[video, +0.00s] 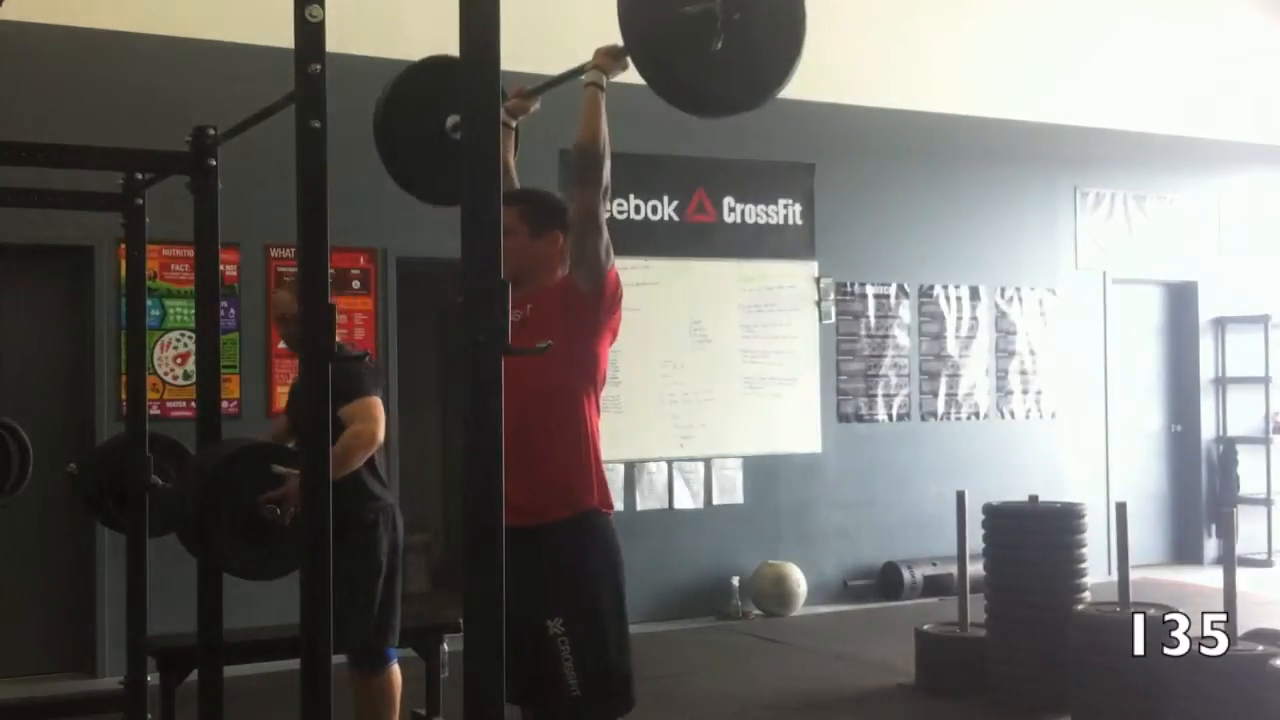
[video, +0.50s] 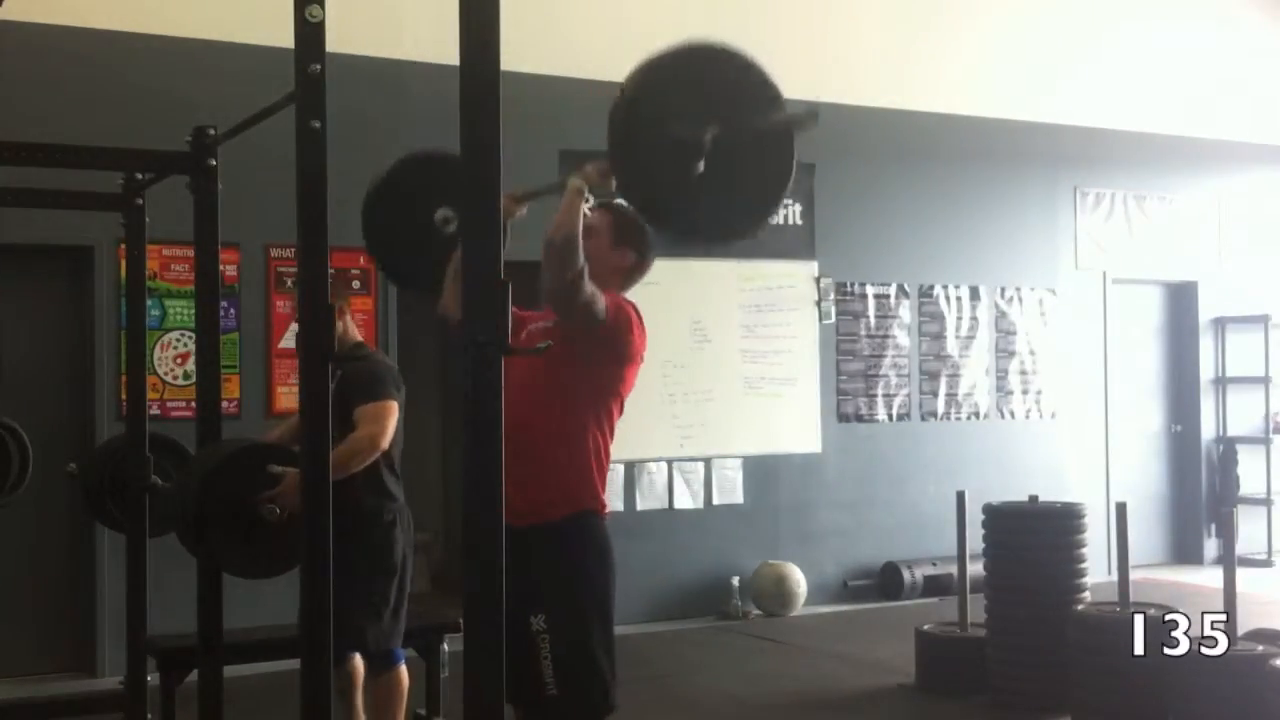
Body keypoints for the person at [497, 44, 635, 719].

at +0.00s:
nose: (499, 242)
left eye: (509, 229)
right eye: (497, 230)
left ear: (552, 238)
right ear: (509, 240)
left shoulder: (586, 298)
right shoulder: (501, 305)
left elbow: (589, 183)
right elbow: (496, 212)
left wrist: (595, 79)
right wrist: (507, 128)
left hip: (573, 523)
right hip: (504, 524)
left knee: (601, 689)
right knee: (523, 686)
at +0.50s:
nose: (573, 239)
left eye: (591, 232)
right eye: (575, 231)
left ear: (624, 260)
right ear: (563, 251)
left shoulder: (618, 326)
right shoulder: (530, 323)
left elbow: (562, 282)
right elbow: (456, 308)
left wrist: (576, 186)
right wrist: (488, 225)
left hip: (568, 527)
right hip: (503, 524)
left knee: (583, 686)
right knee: (508, 679)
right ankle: (535, 709)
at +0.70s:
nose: (577, 253)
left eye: (595, 245)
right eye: (578, 244)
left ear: (619, 268)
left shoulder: (623, 339)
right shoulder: (534, 335)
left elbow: (562, 350)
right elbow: (450, 361)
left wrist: (569, 264)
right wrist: (477, 282)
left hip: (565, 533)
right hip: (504, 530)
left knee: (573, 689)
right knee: (505, 683)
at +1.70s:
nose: (508, 257)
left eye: (525, 248)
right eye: (504, 243)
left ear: (553, 263)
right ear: (493, 248)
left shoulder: (550, 332)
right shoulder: (470, 331)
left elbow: (497, 433)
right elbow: (414, 433)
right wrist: (421, 349)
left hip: (503, 540)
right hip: (442, 538)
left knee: (493, 692)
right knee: (444, 692)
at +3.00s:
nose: (495, 266)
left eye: (507, 249)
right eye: (484, 251)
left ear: (537, 250)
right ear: (481, 262)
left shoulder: (581, 326)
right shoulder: (490, 334)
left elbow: (591, 449)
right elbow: (455, 430)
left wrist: (498, 415)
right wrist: (406, 380)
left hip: (575, 523)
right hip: (502, 522)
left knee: (574, 688)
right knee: (515, 683)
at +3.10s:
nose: (508, 263)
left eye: (521, 248)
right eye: (500, 249)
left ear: (553, 248)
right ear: (495, 256)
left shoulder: (600, 340)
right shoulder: (501, 335)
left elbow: (627, 447)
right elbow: (467, 433)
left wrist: (552, 457)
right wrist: (417, 381)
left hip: (582, 526)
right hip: (512, 526)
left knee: (582, 694)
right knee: (533, 690)